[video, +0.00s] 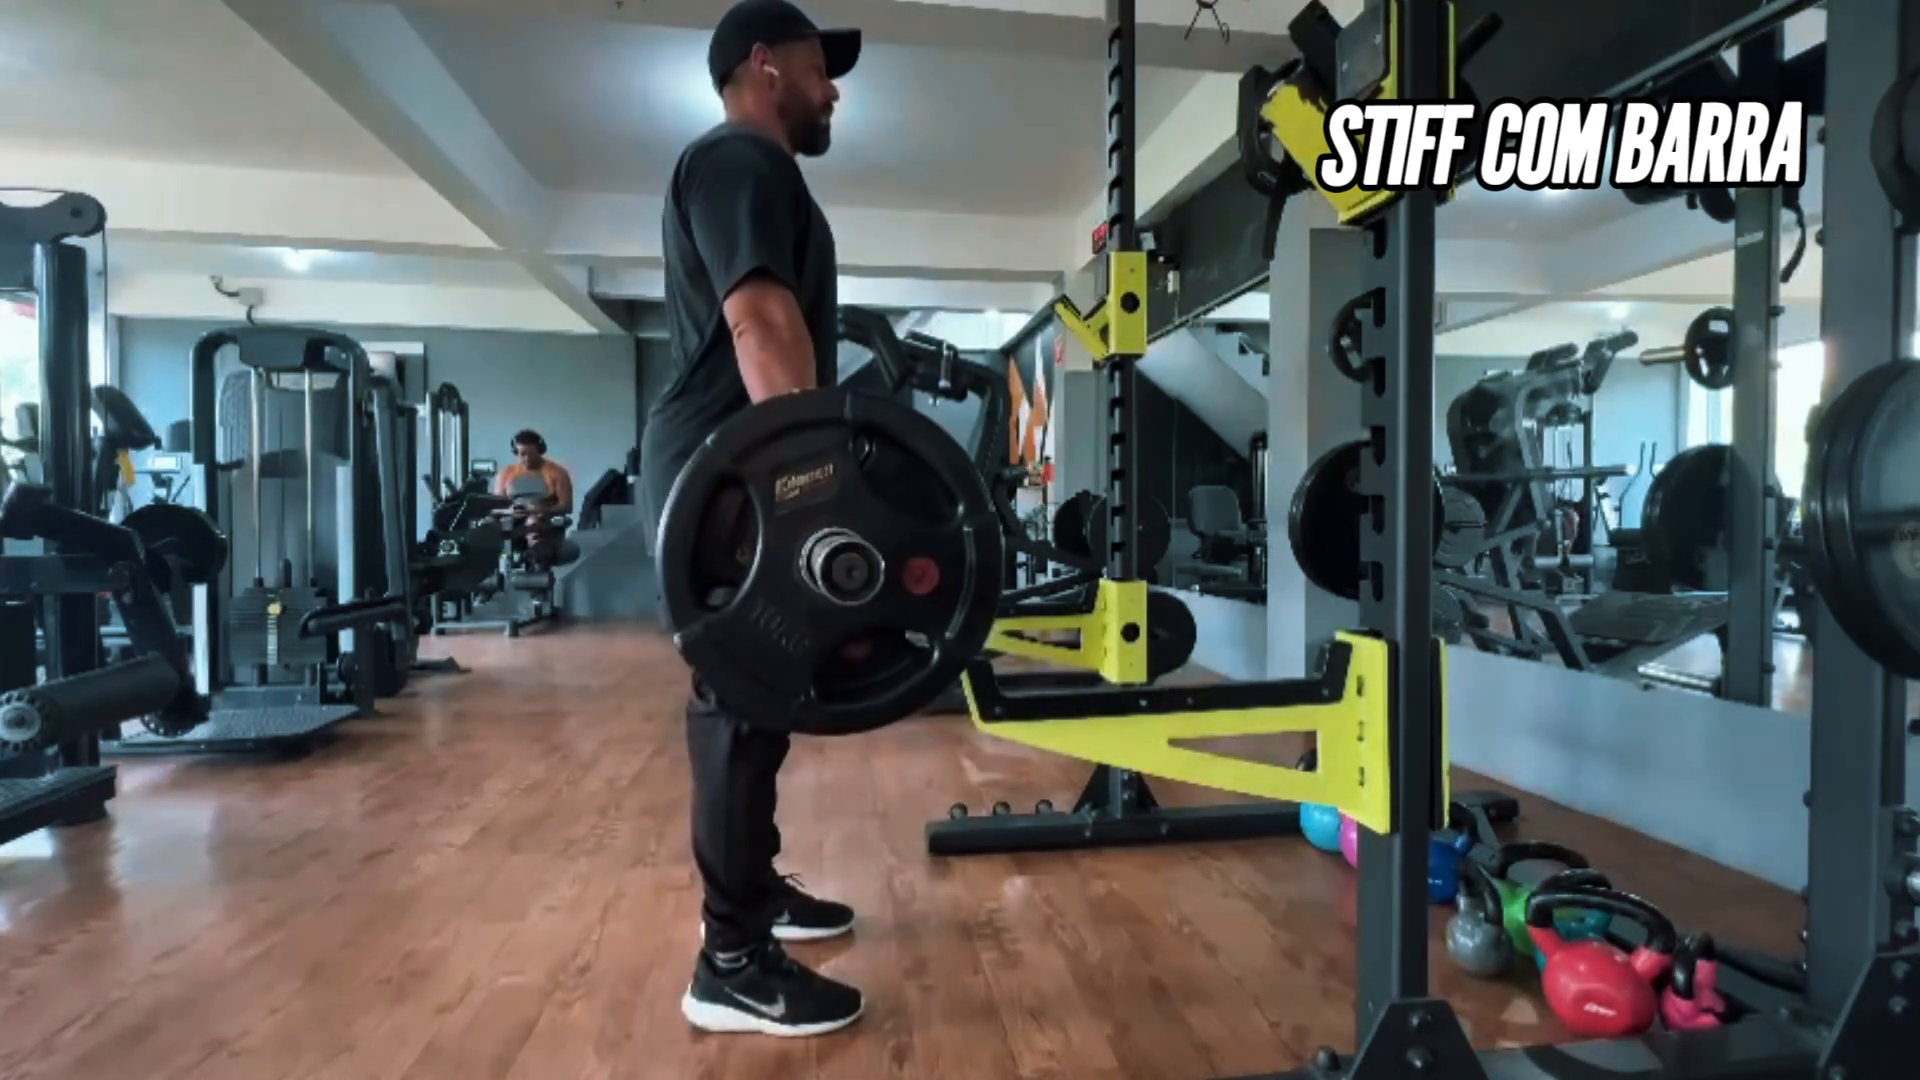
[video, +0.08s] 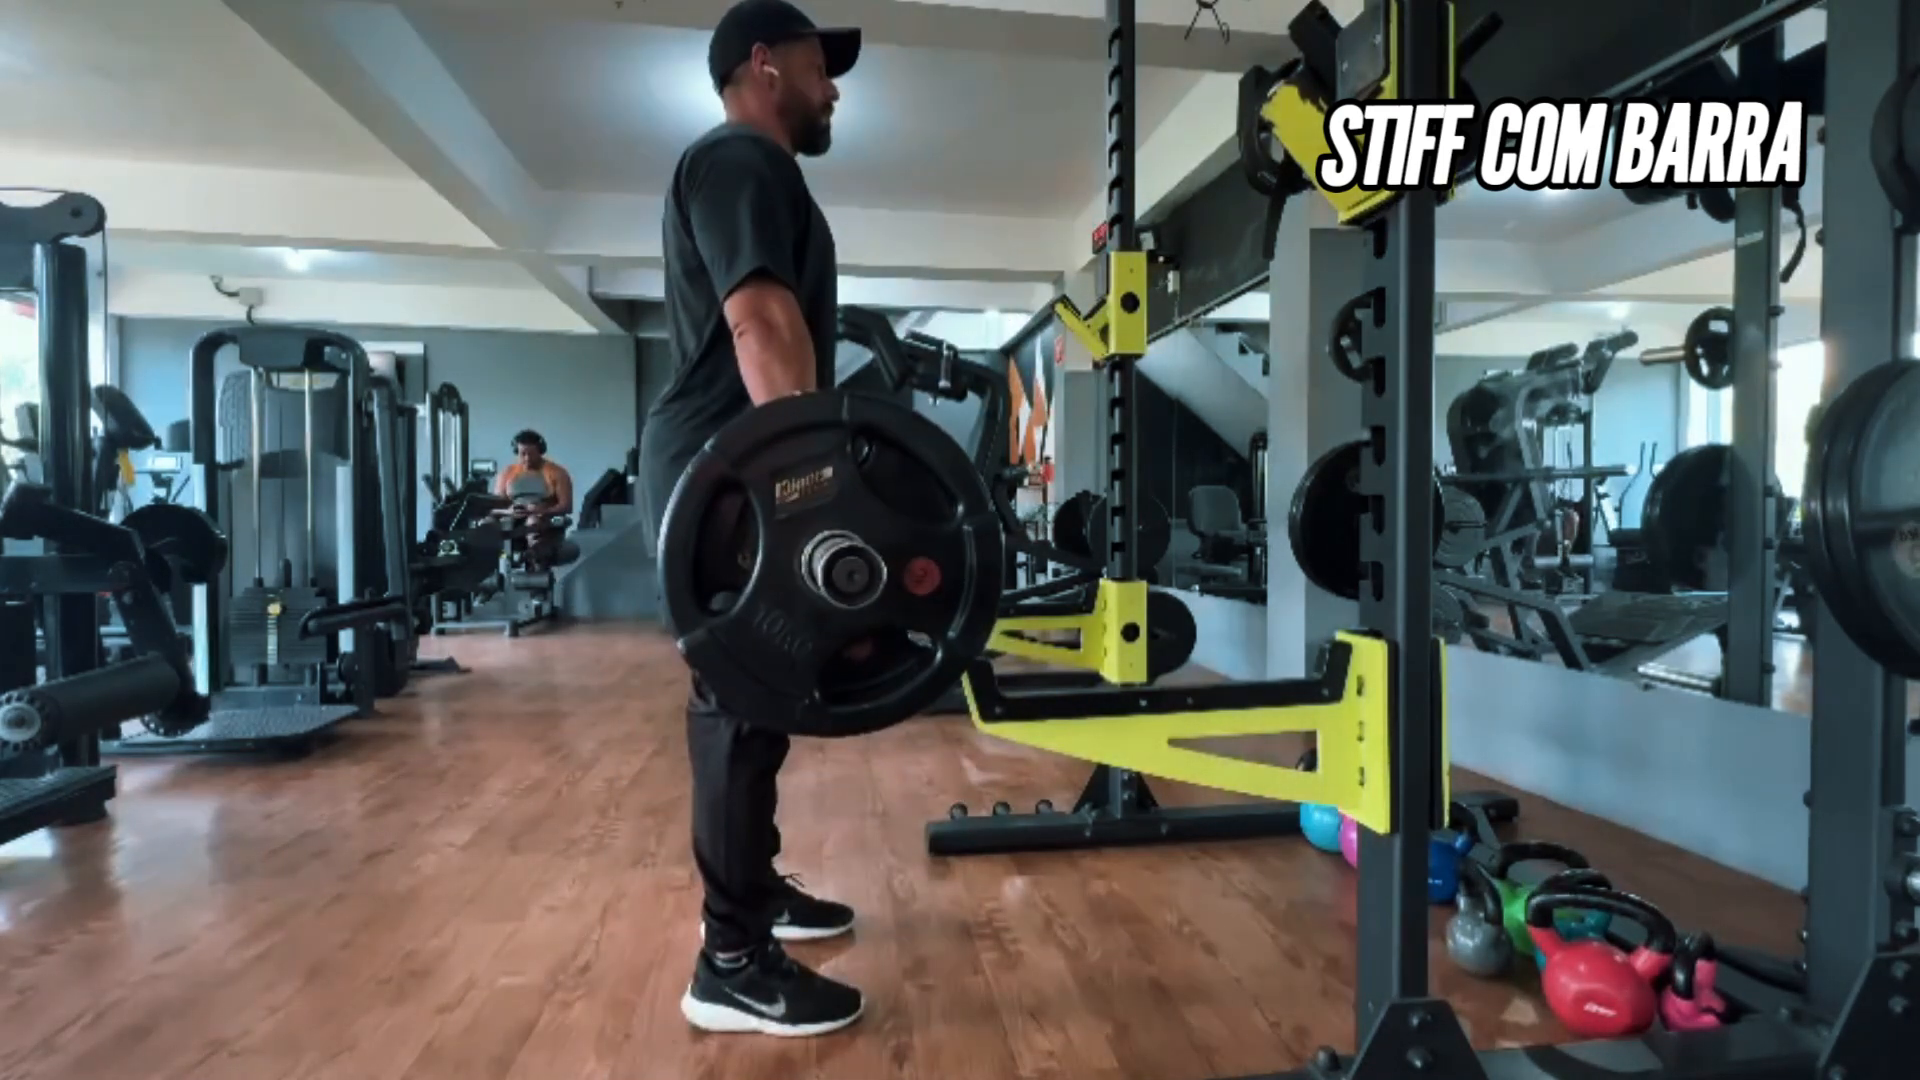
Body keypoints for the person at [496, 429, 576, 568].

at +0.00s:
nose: (526, 459)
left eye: (530, 454)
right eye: (522, 454)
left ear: (540, 452)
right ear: (516, 454)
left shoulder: (557, 474)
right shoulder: (507, 474)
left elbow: (566, 506)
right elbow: (499, 503)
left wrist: (540, 512)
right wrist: (512, 511)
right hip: (515, 524)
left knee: (534, 520)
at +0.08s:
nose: (527, 459)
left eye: (531, 454)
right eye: (523, 454)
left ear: (540, 453)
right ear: (517, 454)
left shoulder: (557, 474)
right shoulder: (508, 473)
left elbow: (566, 506)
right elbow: (498, 504)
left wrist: (539, 511)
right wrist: (511, 511)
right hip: (515, 521)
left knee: (534, 521)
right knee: (487, 523)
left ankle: (537, 567)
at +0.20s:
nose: (527, 459)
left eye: (531, 454)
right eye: (523, 454)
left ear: (541, 453)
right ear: (517, 454)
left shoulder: (557, 474)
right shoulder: (508, 473)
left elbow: (566, 506)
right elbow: (498, 504)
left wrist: (540, 511)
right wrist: (511, 511)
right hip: (515, 521)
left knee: (534, 521)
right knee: (487, 523)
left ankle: (537, 567)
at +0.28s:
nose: (527, 459)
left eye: (531, 454)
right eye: (523, 454)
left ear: (540, 453)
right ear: (517, 454)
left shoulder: (557, 474)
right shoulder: (508, 473)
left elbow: (566, 506)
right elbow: (498, 505)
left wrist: (540, 511)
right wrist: (511, 511)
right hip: (515, 522)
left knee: (534, 521)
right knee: (488, 523)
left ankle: (537, 565)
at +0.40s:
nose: (527, 459)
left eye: (531, 454)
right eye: (523, 454)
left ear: (541, 453)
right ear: (517, 454)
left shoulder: (557, 474)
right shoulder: (508, 473)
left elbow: (566, 506)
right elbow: (499, 503)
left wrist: (540, 511)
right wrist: (512, 511)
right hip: (515, 521)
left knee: (534, 522)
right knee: (488, 523)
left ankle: (537, 568)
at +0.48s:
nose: (527, 459)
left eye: (531, 454)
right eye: (523, 454)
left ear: (540, 453)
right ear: (517, 454)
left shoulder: (557, 474)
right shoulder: (508, 473)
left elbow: (566, 506)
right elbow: (499, 503)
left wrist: (541, 511)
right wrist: (512, 511)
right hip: (515, 521)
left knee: (534, 522)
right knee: (488, 523)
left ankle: (537, 568)